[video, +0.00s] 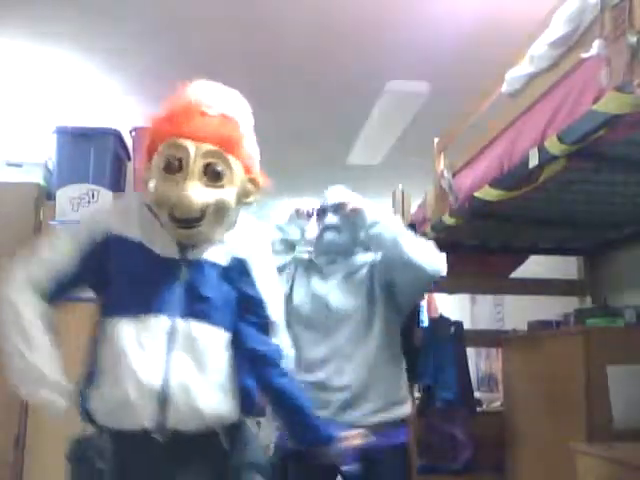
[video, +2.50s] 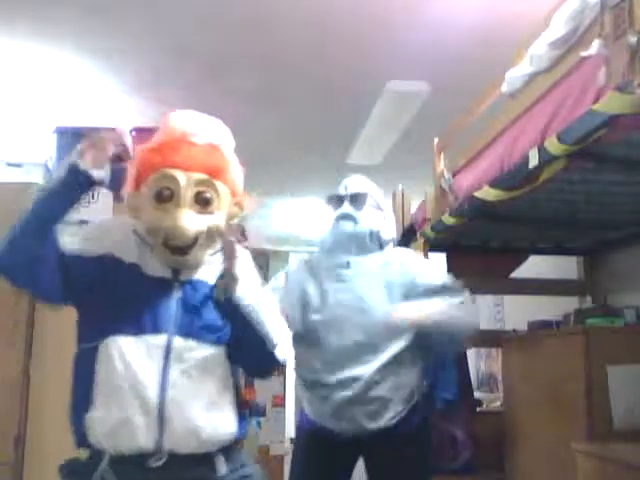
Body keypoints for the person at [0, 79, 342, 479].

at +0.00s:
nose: (188, 194)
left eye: (213, 174)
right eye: (173, 166)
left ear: (244, 190)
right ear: (149, 174)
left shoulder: (241, 252)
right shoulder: (113, 230)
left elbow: (265, 359)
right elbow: (21, 290)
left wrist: (319, 438)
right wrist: (54, 399)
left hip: (211, 452)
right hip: (121, 450)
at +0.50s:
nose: (149, 202)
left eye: (171, 181)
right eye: (132, 179)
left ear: (203, 194)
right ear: (105, 192)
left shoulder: (223, 258)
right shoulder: (84, 258)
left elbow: (293, 329)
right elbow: (36, 364)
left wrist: (266, 415)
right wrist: (5, 397)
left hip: (196, 468)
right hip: (98, 469)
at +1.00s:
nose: (156, 177)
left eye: (179, 161)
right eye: (139, 150)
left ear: (201, 172)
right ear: (108, 147)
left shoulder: (199, 219)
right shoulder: (68, 198)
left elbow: (222, 320)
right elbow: (10, 291)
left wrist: (265, 413)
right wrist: (24, 397)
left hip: (176, 424)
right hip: (76, 430)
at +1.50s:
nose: (135, 187)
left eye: (157, 167)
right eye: (117, 168)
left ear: (195, 181)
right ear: (96, 181)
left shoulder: (217, 239)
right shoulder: (80, 249)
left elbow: (268, 317)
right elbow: (53, 349)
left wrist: (244, 370)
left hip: (203, 457)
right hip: (105, 458)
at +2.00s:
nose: (185, 204)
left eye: (205, 187)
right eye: (166, 184)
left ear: (233, 197)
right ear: (139, 191)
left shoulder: (250, 259)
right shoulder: (109, 258)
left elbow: (325, 250)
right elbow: (28, 307)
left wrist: (328, 185)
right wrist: (98, 339)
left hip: (221, 456)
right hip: (127, 459)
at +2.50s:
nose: (181, 218)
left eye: (203, 199)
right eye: (164, 195)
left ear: (229, 211)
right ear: (134, 201)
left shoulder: (226, 280)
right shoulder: (103, 269)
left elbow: (266, 362)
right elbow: (19, 261)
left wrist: (234, 285)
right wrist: (80, 174)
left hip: (211, 465)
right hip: (117, 466)